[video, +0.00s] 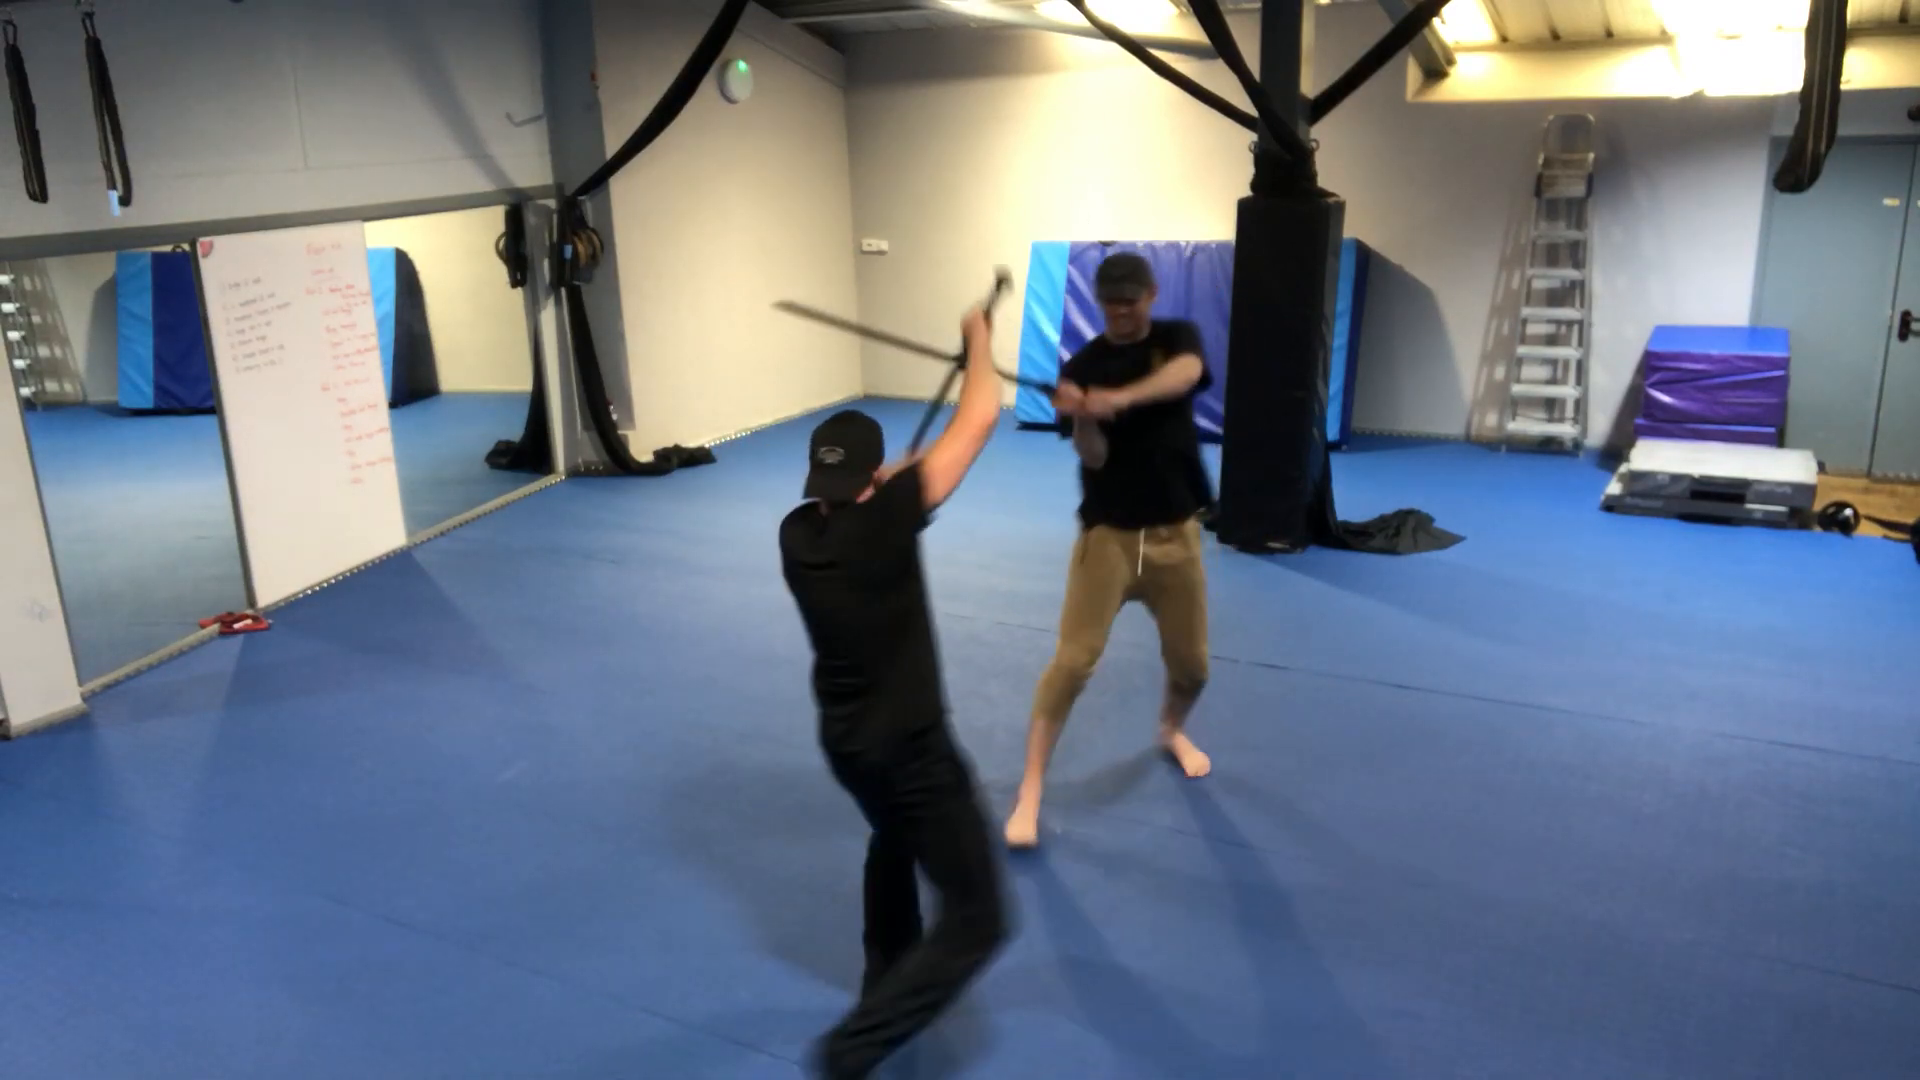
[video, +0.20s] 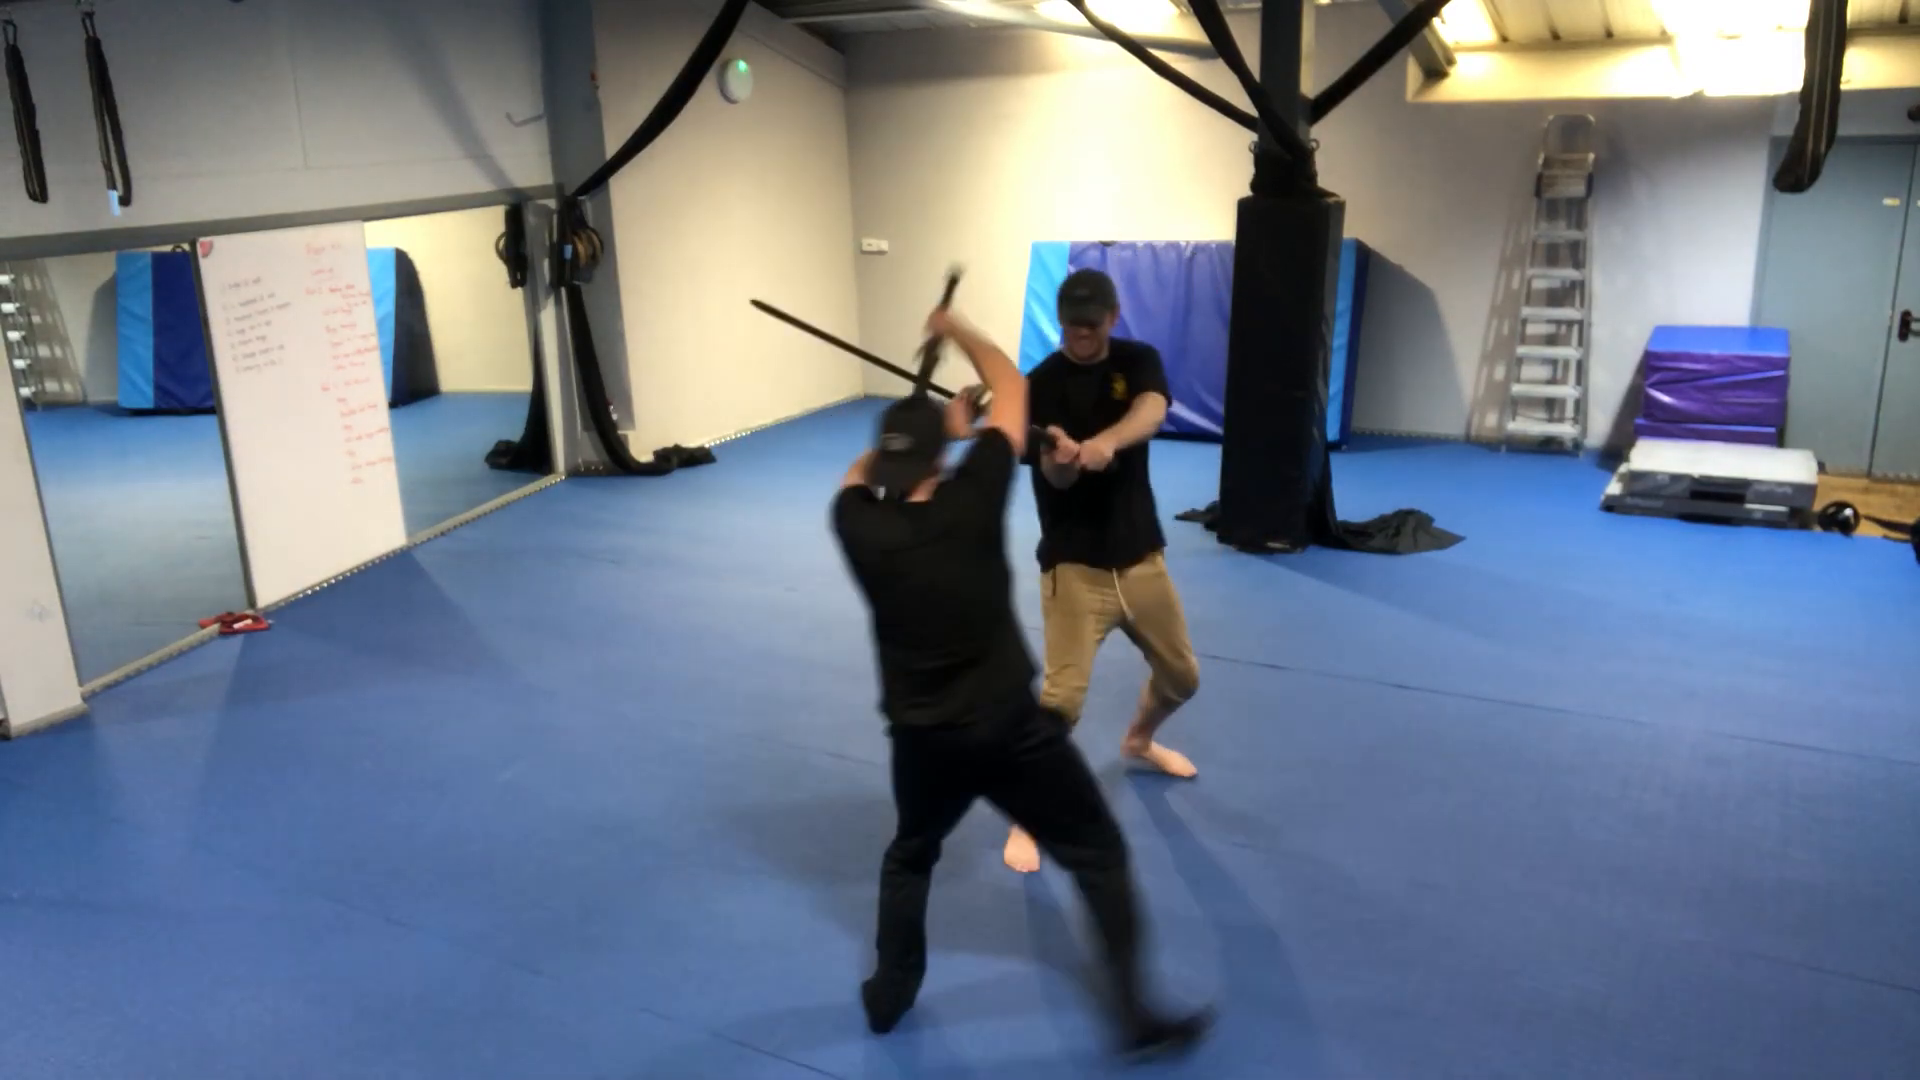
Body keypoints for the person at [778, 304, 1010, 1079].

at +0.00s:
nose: (885, 472)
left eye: (867, 467)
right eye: (880, 464)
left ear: (816, 477)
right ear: (872, 474)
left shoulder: (794, 535)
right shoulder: (888, 513)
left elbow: (865, 500)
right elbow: (979, 417)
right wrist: (979, 341)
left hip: (847, 742)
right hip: (910, 743)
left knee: (892, 838)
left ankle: (890, 987)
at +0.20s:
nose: (958, 440)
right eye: (951, 438)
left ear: (882, 463)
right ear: (945, 459)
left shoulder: (855, 520)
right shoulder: (976, 491)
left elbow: (868, 466)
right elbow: (1004, 382)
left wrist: (932, 425)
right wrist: (954, 327)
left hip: (921, 736)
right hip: (1005, 725)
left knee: (911, 854)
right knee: (1096, 851)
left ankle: (889, 995)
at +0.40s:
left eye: (1033, 448)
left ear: (1032, 462)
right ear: (1092, 464)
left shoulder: (1003, 529)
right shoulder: (1108, 518)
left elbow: (908, 533)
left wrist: (933, 491)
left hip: (1011, 727)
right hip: (1100, 723)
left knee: (945, 851)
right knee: (1173, 840)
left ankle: (891, 994)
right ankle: (1234, 963)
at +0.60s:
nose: (1187, 442)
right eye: (1183, 436)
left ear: (1101, 441)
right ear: (1168, 451)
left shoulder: (1063, 508)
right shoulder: (1188, 499)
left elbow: (1006, 588)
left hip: (1066, 701)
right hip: (1158, 703)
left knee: (995, 816)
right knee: (1211, 820)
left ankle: (938, 968)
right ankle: (1244, 959)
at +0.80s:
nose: (1144, 438)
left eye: (1129, 429)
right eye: (1141, 430)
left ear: (1075, 433)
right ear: (1136, 441)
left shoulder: (1052, 488)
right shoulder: (1156, 504)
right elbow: (1274, 520)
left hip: (1076, 696)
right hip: (1159, 704)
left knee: (1015, 812)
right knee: (1218, 832)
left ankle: (930, 959)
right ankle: (1248, 964)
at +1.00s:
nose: (1131, 441)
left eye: (1127, 430)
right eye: (1129, 432)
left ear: (1070, 434)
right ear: (1119, 442)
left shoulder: (1068, 495)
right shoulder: (1081, 506)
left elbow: (1102, 555)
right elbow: (1042, 604)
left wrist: (1151, 535)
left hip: (1068, 703)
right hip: (1125, 700)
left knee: (1015, 834)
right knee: (1209, 829)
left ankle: (934, 991)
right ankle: (1247, 966)